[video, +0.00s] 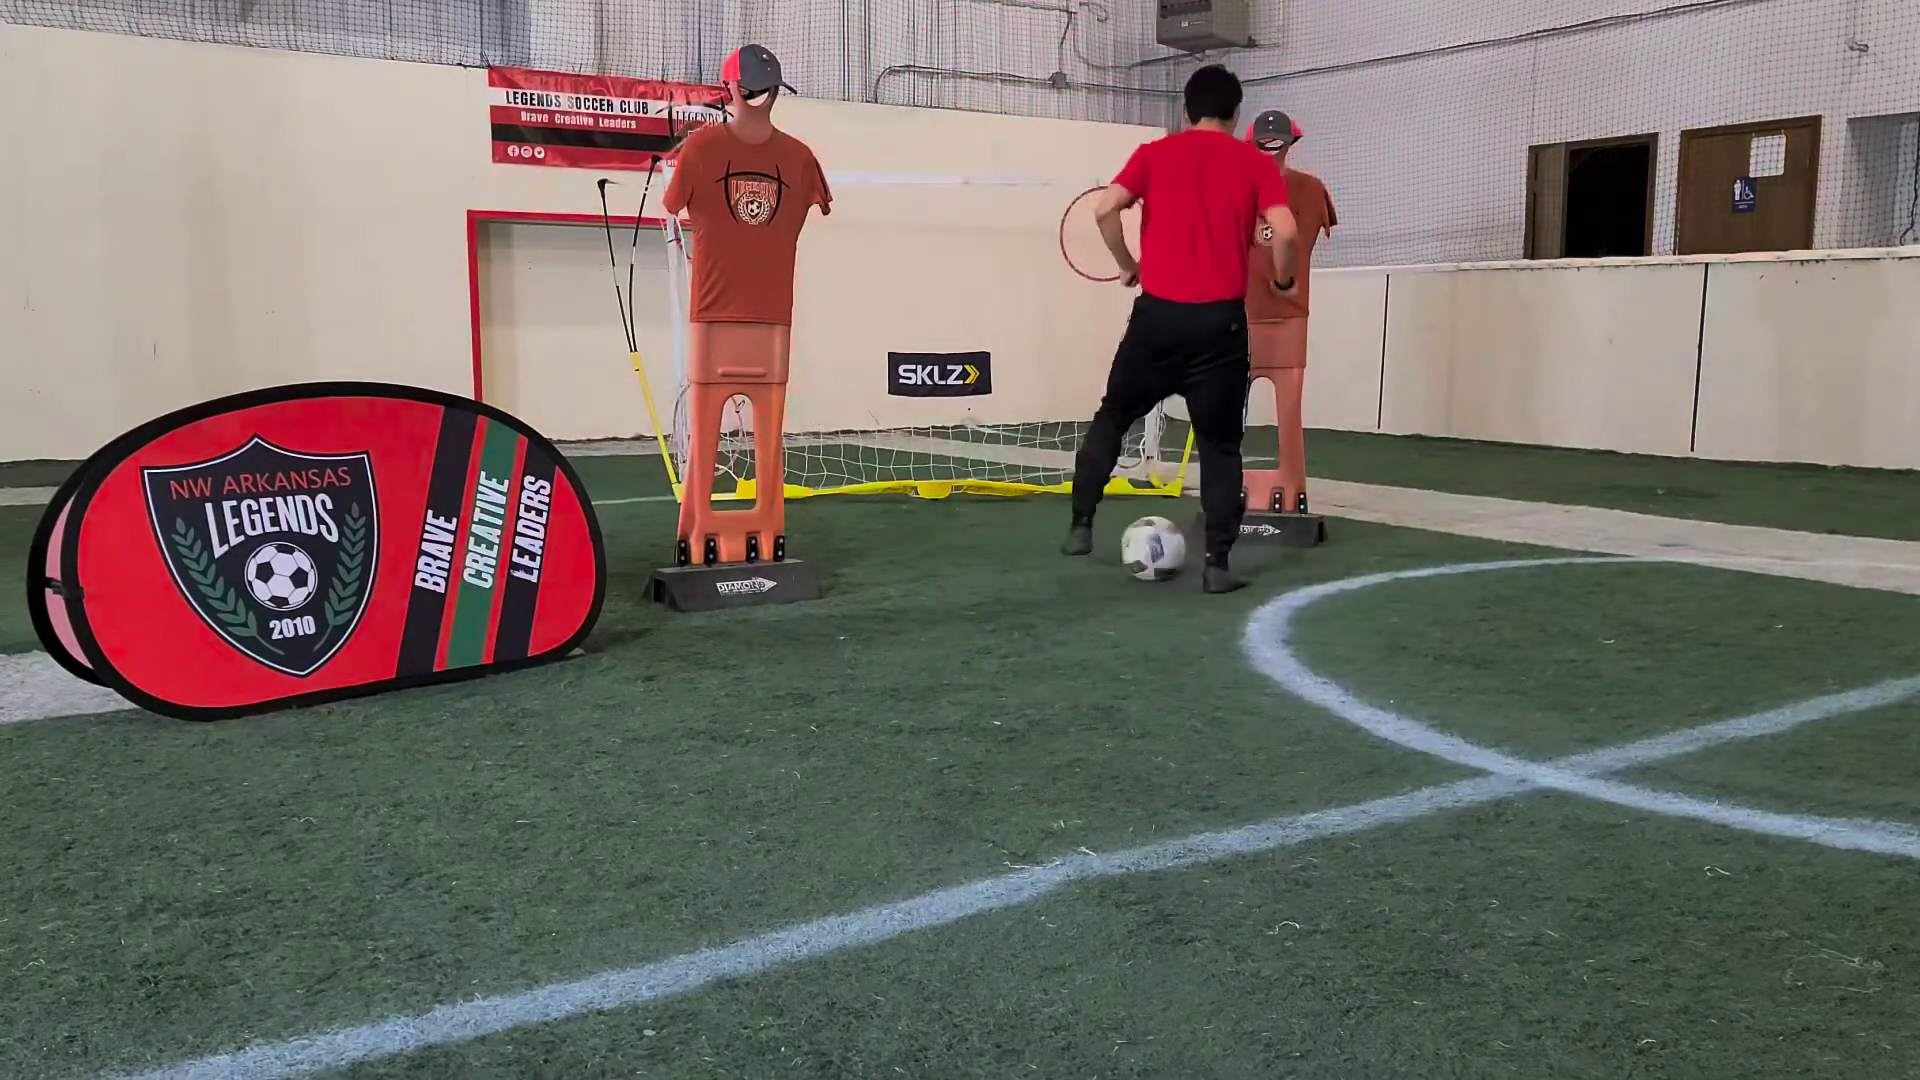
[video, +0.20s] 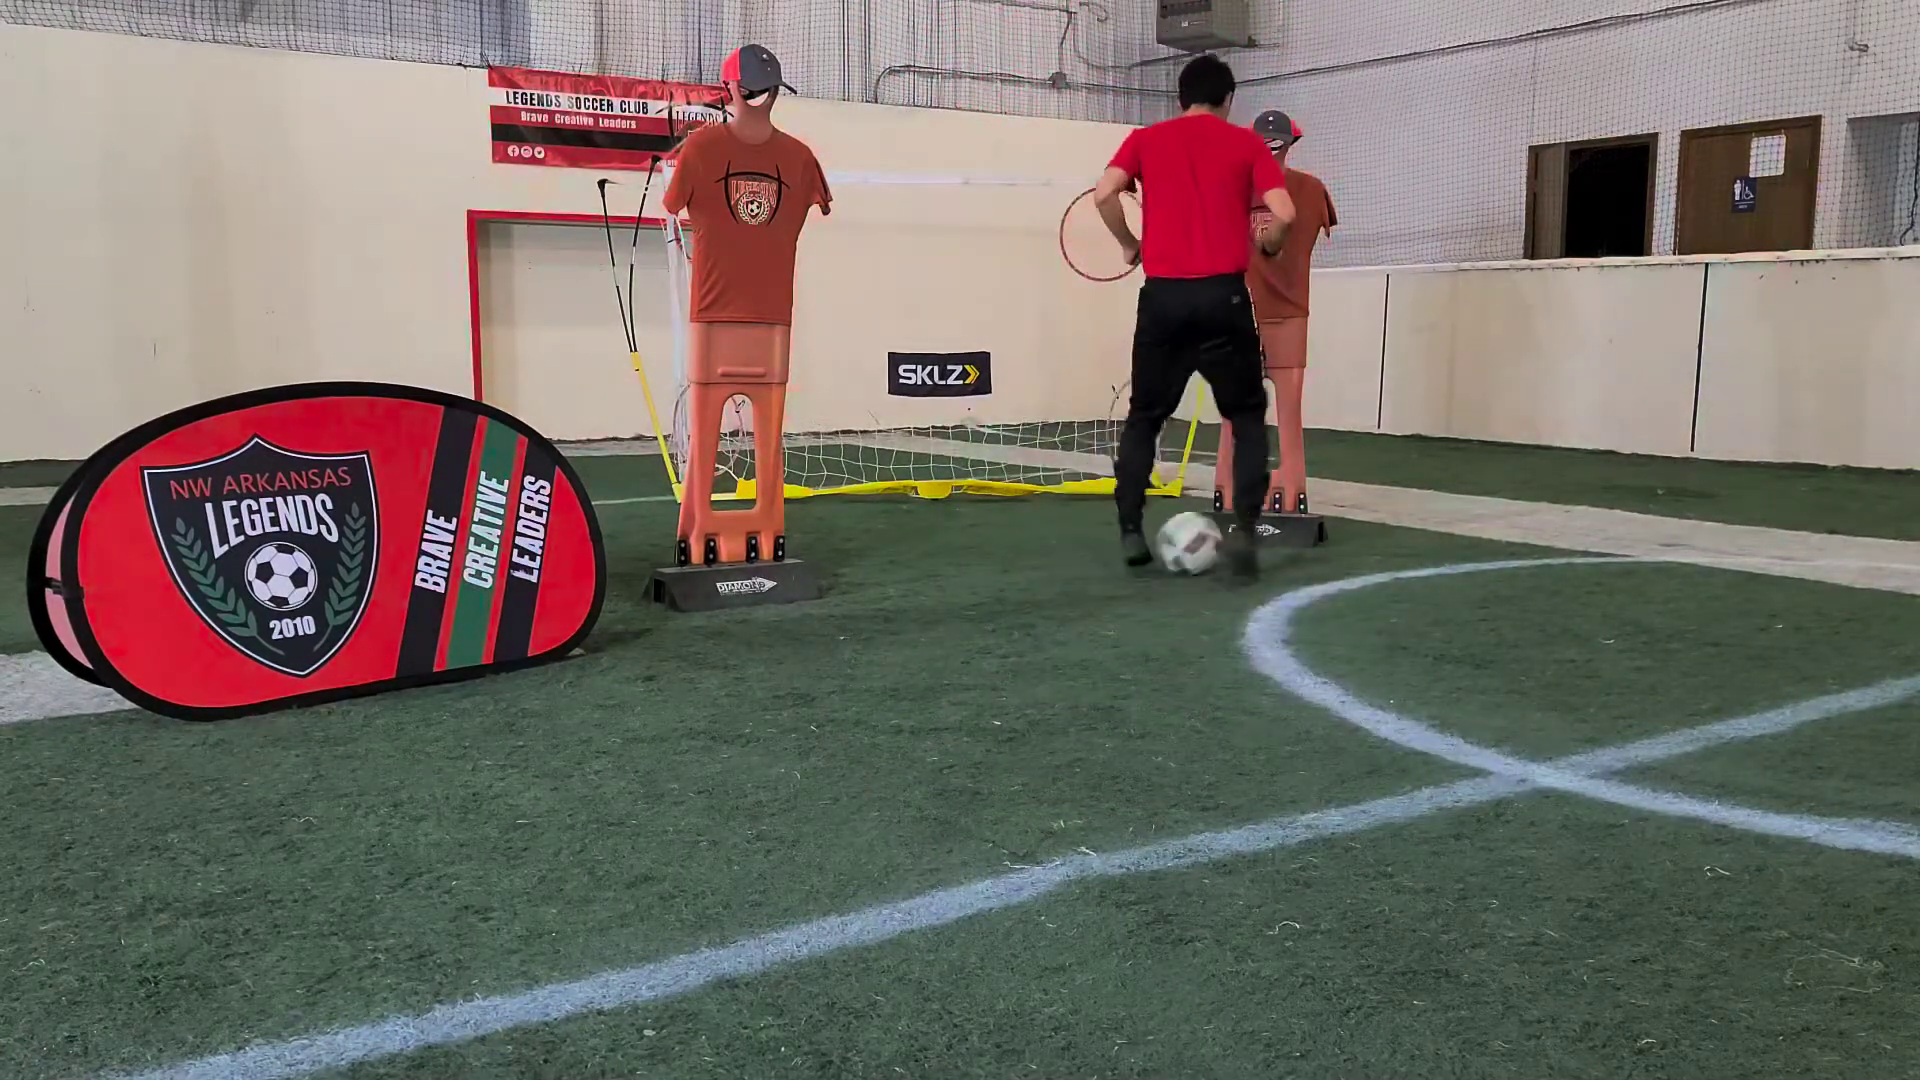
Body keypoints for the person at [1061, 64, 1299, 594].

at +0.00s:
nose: (1236, 120)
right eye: (1238, 113)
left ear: (1187, 110)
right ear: (1236, 113)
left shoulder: (1156, 152)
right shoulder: (1255, 161)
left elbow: (1106, 208)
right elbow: (1285, 230)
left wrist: (1125, 263)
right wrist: (1283, 278)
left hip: (1157, 319)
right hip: (1220, 321)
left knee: (1113, 416)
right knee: (1219, 443)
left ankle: (1081, 526)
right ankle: (1217, 566)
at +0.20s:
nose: (1225, 106)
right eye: (1230, 99)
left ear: (1178, 99)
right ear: (1227, 100)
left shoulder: (1147, 137)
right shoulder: (1248, 143)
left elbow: (1104, 195)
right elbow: (1284, 214)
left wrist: (1128, 243)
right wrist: (1267, 241)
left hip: (1161, 301)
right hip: (1223, 300)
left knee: (1144, 413)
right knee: (1246, 413)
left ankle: (1131, 531)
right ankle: (1244, 529)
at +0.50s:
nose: (1250, 121)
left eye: (1245, 115)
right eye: (1250, 114)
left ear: (1200, 110)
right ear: (1244, 112)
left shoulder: (1159, 154)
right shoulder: (1254, 153)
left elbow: (1111, 223)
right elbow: (1271, 202)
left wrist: (1153, 253)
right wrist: (1274, 274)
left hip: (1170, 312)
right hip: (1230, 311)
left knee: (1158, 423)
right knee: (1258, 411)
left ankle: (1143, 539)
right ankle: (1263, 519)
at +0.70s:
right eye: (1273, 117)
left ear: (1227, 116)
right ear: (1273, 119)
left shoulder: (1195, 158)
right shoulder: (1292, 170)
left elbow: (1143, 213)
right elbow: (1311, 233)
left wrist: (1151, 260)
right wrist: (1316, 307)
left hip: (1192, 314)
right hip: (1250, 318)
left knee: (1160, 398)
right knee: (1251, 429)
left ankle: (1135, 478)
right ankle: (1240, 545)